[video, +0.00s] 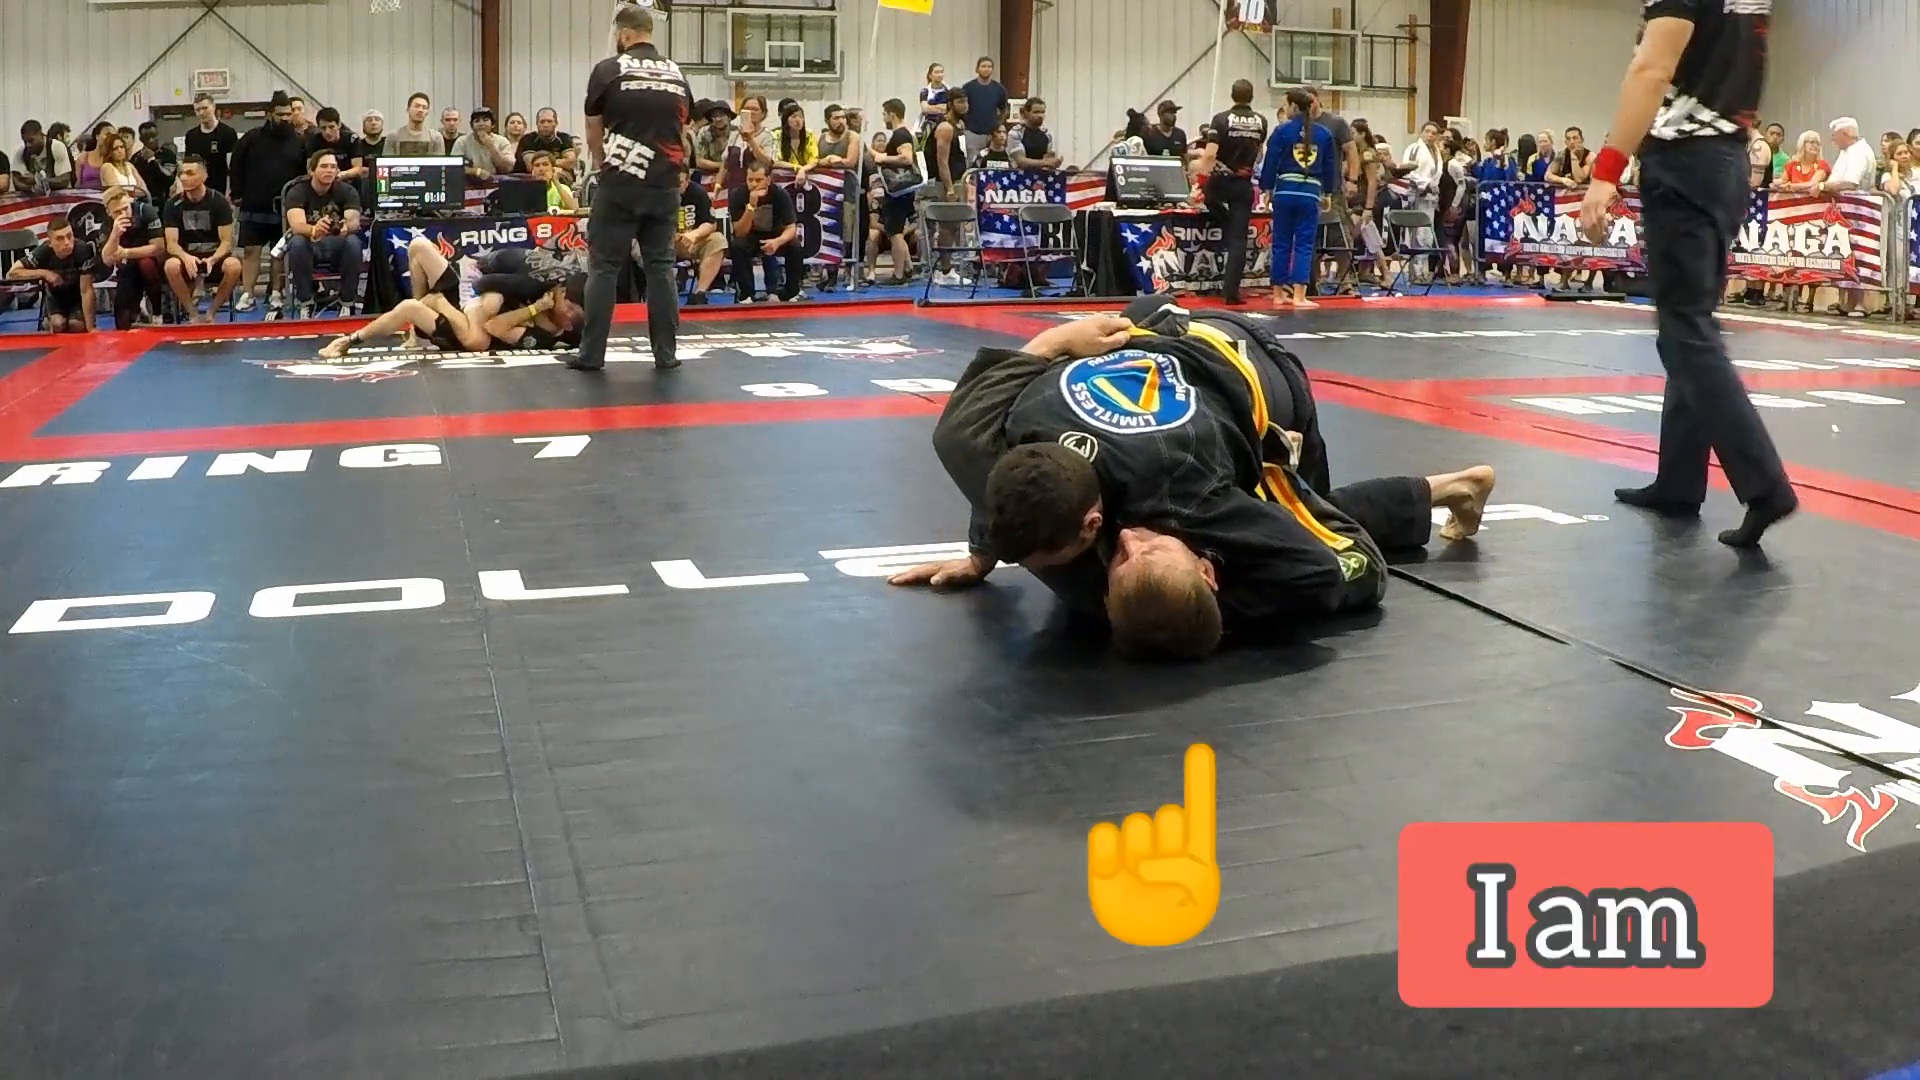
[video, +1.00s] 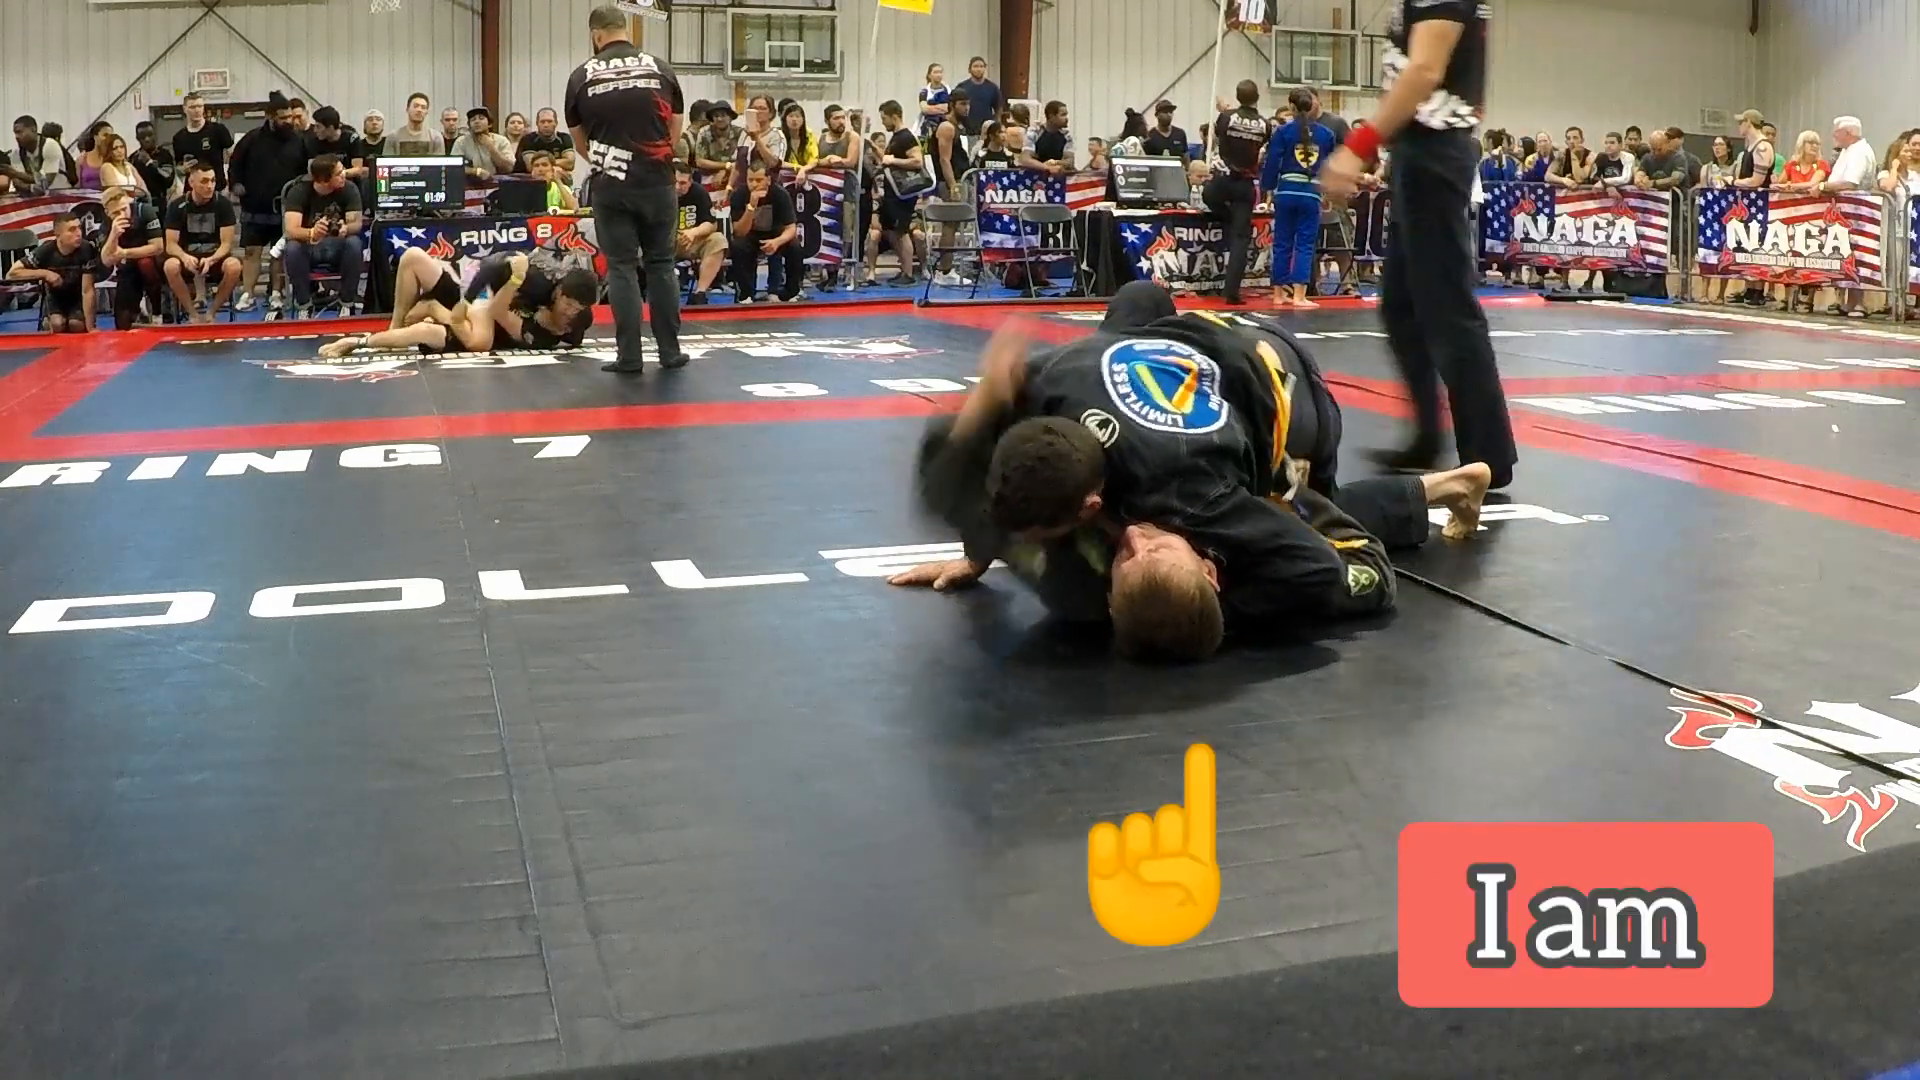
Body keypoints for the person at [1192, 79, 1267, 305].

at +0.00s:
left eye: (1236, 93)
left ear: (1232, 96)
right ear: (1251, 97)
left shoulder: (1221, 119)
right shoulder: (1261, 121)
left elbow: (1210, 155)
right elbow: (1259, 151)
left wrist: (1199, 170)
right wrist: (1246, 165)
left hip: (1220, 178)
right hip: (1244, 182)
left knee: (1210, 198)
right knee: (1238, 239)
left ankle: (1227, 222)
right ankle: (1231, 292)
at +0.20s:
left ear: (1230, 97)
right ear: (1250, 97)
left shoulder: (1221, 120)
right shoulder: (1261, 121)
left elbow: (1210, 155)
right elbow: (1259, 152)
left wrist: (1198, 159)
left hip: (1222, 179)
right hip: (1245, 183)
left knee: (1205, 197)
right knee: (1239, 239)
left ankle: (1228, 222)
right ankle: (1231, 292)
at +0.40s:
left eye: (1232, 95)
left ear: (1231, 97)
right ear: (1250, 97)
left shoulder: (1220, 120)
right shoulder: (1262, 120)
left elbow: (1204, 148)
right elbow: (1259, 145)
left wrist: (1204, 135)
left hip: (1224, 180)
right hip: (1247, 183)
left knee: (1208, 197)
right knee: (1241, 239)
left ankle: (1230, 223)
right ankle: (1232, 293)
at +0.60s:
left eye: (1236, 94)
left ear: (1234, 97)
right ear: (1253, 98)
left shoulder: (1223, 116)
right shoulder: (1264, 121)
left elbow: (1203, 131)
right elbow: (1259, 145)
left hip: (1224, 179)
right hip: (1247, 182)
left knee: (1209, 197)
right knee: (1240, 239)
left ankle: (1231, 223)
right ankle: (1232, 293)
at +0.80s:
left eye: (1240, 93)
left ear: (1238, 97)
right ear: (1257, 98)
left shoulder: (1226, 116)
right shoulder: (1265, 122)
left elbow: (1206, 126)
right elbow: (1268, 141)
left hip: (1224, 177)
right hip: (1247, 181)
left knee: (1210, 197)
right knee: (1240, 239)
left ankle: (1231, 222)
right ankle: (1232, 293)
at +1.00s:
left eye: (1239, 94)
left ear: (1237, 97)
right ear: (1257, 98)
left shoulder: (1224, 117)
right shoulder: (1265, 125)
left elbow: (1217, 139)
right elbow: (1267, 147)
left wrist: (1224, 110)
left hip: (1224, 176)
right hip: (1247, 181)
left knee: (1210, 198)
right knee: (1241, 238)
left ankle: (1231, 219)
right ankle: (1231, 292)